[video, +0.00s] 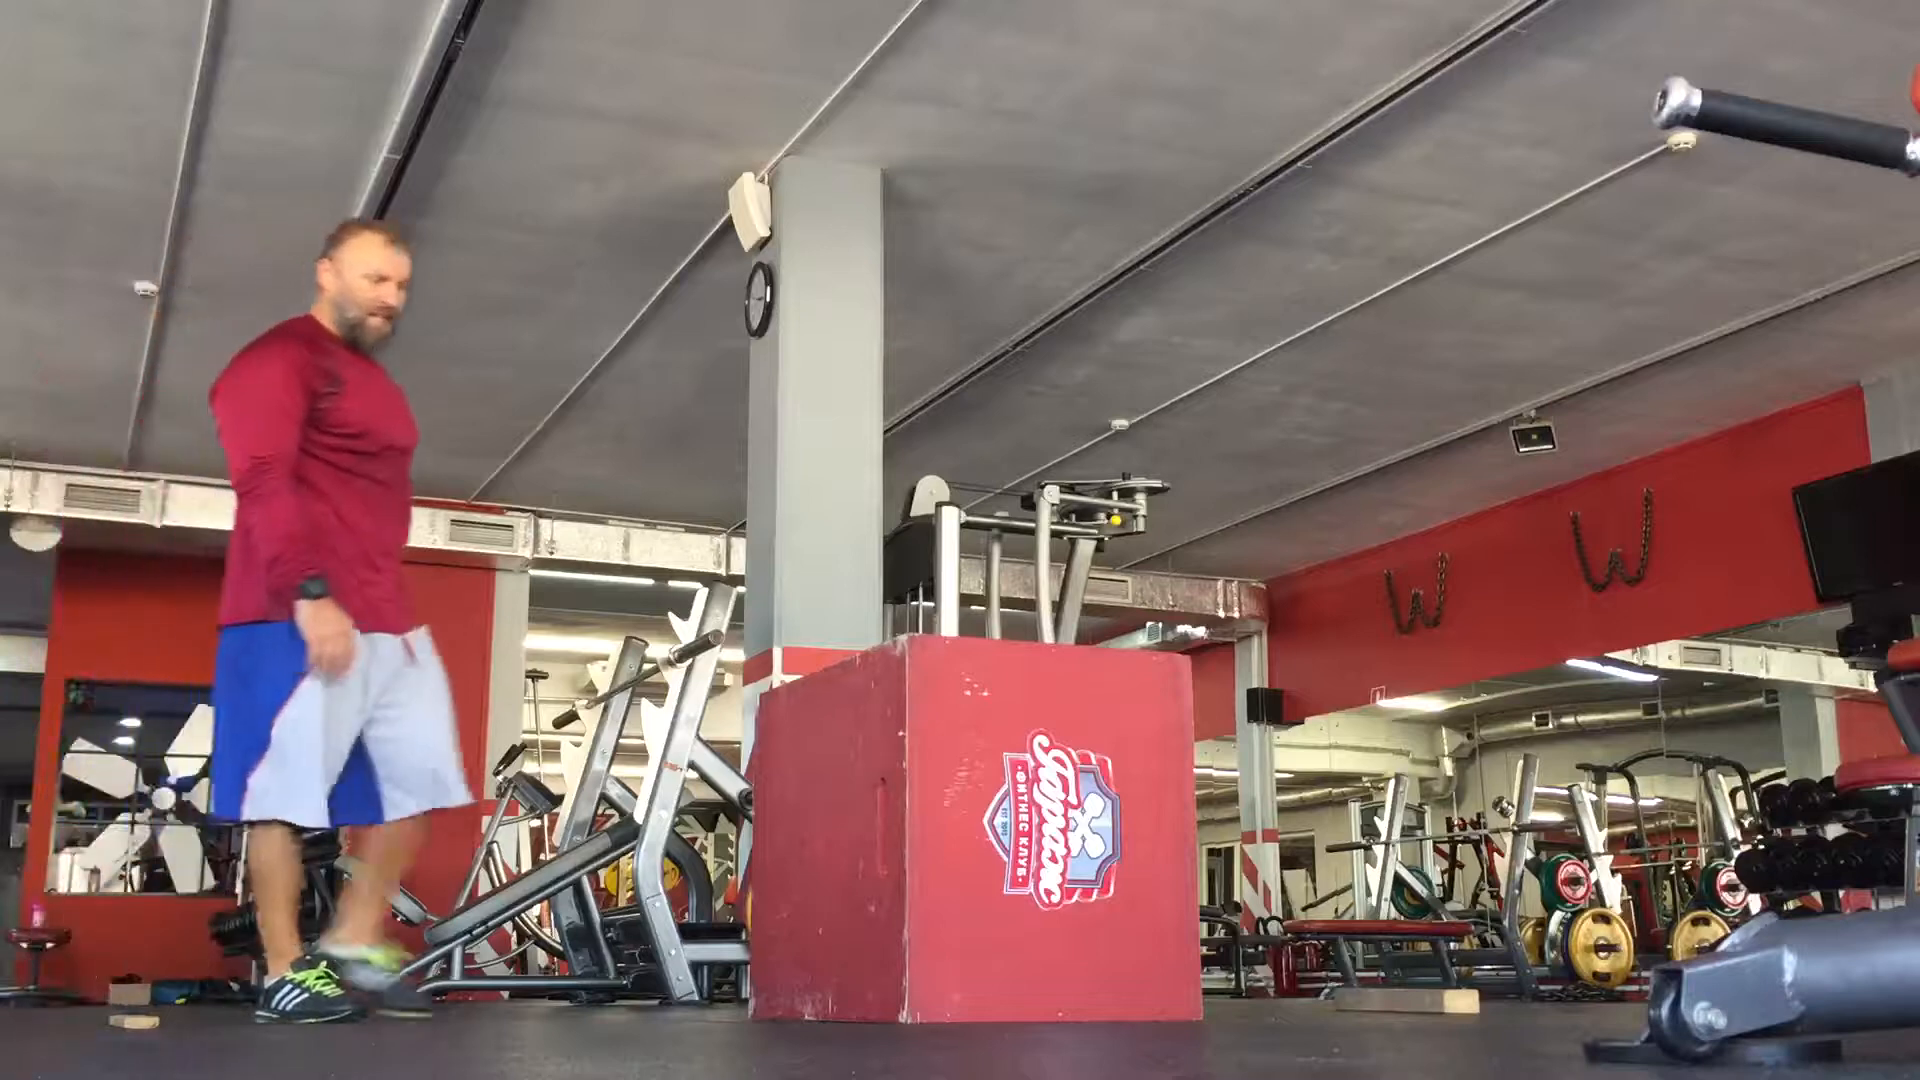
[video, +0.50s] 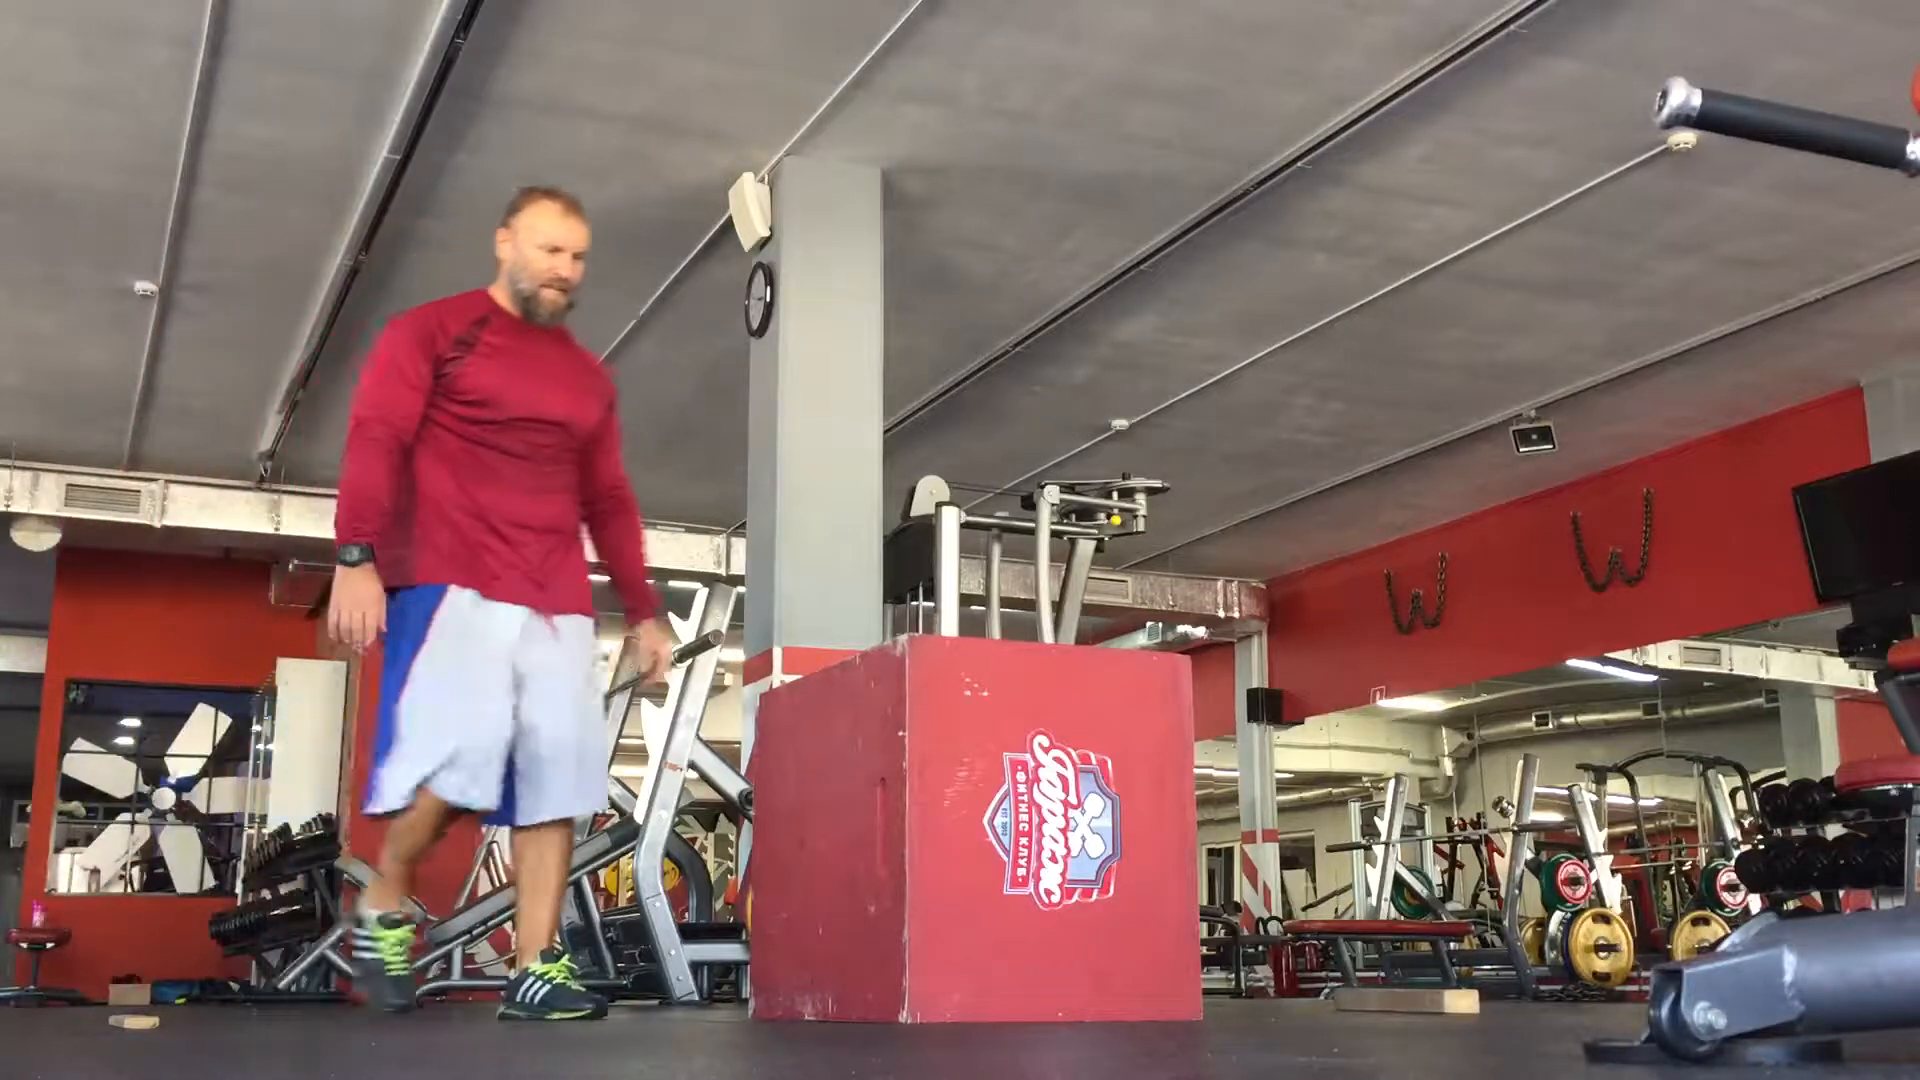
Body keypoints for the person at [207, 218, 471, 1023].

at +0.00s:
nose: (392, 297)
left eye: (401, 285)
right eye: (377, 279)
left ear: (404, 292)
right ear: (327, 275)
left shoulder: (371, 378)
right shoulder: (278, 361)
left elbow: (353, 505)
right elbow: (265, 485)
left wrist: (391, 616)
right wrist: (309, 593)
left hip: (377, 619)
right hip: (289, 616)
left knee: (415, 783)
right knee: (278, 795)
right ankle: (283, 972)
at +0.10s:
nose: (426, 294)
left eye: (435, 284)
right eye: (411, 275)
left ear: (438, 294)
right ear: (360, 270)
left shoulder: (412, 383)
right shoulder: (302, 359)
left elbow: (396, 500)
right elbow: (287, 476)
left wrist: (415, 598)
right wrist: (340, 583)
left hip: (420, 611)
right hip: (315, 610)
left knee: (448, 786)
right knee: (289, 794)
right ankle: (283, 973)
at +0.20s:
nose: (462, 294)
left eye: (471, 282)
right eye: (446, 275)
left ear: (473, 290)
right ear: (397, 271)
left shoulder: (449, 381)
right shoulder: (334, 360)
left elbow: (442, 496)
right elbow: (312, 476)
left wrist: (466, 584)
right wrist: (358, 582)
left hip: (453, 613)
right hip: (348, 612)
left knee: (473, 783)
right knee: (314, 791)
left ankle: (523, 957)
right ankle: (286, 970)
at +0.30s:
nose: (498, 290)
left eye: (508, 278)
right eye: (482, 271)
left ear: (510, 289)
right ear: (432, 267)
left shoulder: (503, 391)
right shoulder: (367, 356)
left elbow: (507, 508)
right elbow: (337, 470)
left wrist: (524, 605)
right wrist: (359, 580)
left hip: (499, 617)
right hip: (391, 612)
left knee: (516, 786)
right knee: (337, 785)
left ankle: (536, 967)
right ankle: (294, 963)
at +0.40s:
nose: (536, 278)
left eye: (548, 267)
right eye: (521, 259)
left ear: (554, 279)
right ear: (472, 256)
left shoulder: (553, 387)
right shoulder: (404, 343)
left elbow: (565, 513)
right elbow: (359, 452)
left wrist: (586, 626)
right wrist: (354, 570)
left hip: (533, 613)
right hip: (431, 603)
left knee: (540, 784)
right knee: (410, 780)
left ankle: (534, 968)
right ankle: (324, 931)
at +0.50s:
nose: (568, 269)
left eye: (579, 256)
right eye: (552, 249)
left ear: (584, 268)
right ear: (503, 245)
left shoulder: (588, 376)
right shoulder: (429, 334)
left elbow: (610, 499)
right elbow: (376, 439)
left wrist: (644, 613)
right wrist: (355, 559)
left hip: (556, 599)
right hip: (451, 583)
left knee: (557, 771)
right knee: (463, 759)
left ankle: (534, 965)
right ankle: (387, 892)